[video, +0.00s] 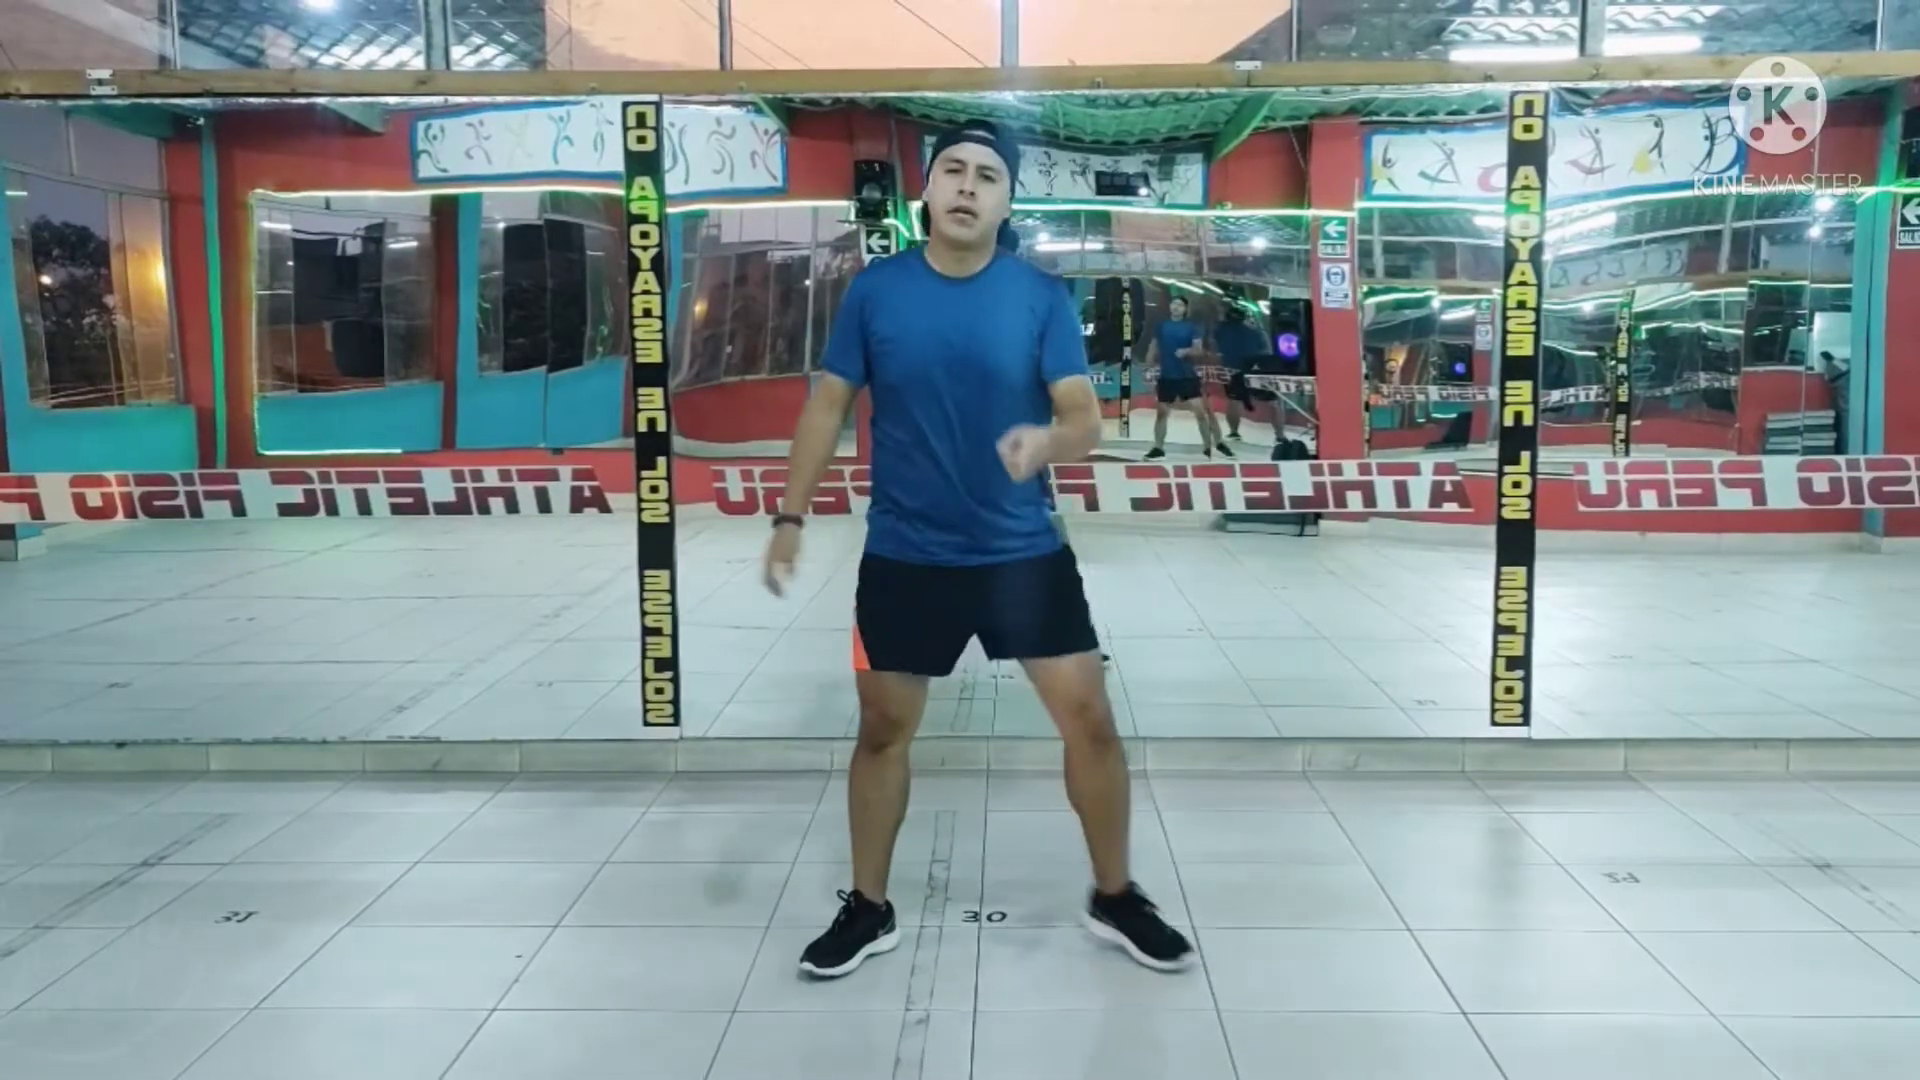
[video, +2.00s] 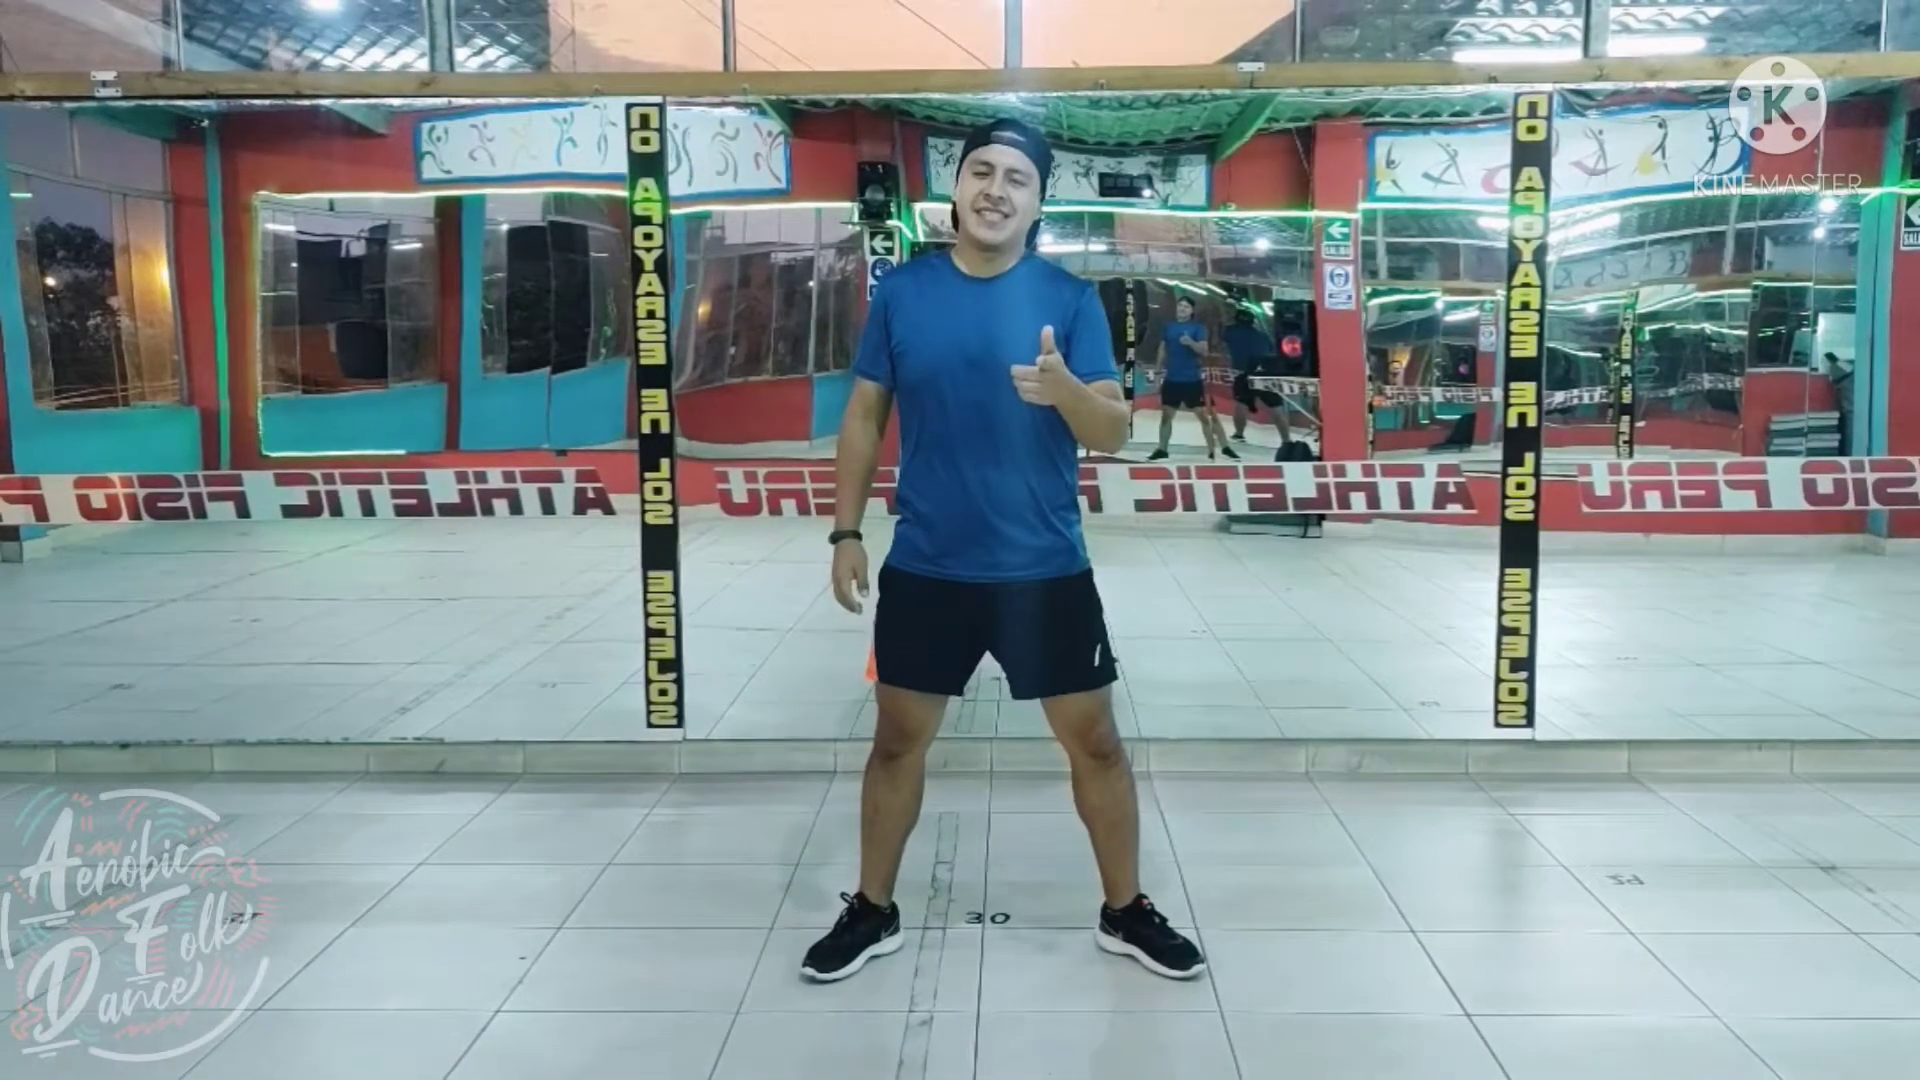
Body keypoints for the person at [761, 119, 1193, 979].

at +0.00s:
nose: (967, 186)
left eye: (986, 177)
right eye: (953, 172)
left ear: (1008, 204)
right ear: (926, 192)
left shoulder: (1039, 295)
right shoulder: (874, 291)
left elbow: (1084, 424)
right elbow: (827, 406)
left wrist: (1046, 441)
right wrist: (791, 515)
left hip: (1023, 549)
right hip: (907, 549)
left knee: (1089, 715)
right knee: (882, 727)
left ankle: (1115, 893)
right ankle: (867, 901)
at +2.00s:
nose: (996, 190)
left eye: (1016, 180)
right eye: (982, 174)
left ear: (1039, 204)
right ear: (955, 191)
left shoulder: (1069, 298)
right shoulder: (900, 292)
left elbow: (1111, 432)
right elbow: (866, 412)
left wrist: (1069, 397)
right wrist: (848, 529)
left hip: (1045, 564)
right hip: (928, 560)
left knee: (1095, 742)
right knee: (896, 740)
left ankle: (1125, 906)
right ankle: (872, 905)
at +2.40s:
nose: (999, 190)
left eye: (1020, 181)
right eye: (985, 174)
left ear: (1042, 206)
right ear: (957, 190)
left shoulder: (1072, 299)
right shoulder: (902, 292)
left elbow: (1113, 435)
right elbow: (867, 411)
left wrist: (1073, 398)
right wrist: (848, 527)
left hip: (1045, 563)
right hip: (928, 560)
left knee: (1096, 742)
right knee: (896, 739)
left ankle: (1126, 906)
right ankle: (873, 905)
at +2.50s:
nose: (1000, 190)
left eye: (1020, 181)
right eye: (986, 174)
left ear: (1042, 206)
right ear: (957, 190)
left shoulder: (1072, 299)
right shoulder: (903, 292)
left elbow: (1113, 435)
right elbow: (867, 411)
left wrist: (1074, 398)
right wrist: (849, 527)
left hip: (1045, 564)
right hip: (929, 560)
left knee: (1096, 742)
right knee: (896, 738)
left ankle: (1126, 906)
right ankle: (873, 905)